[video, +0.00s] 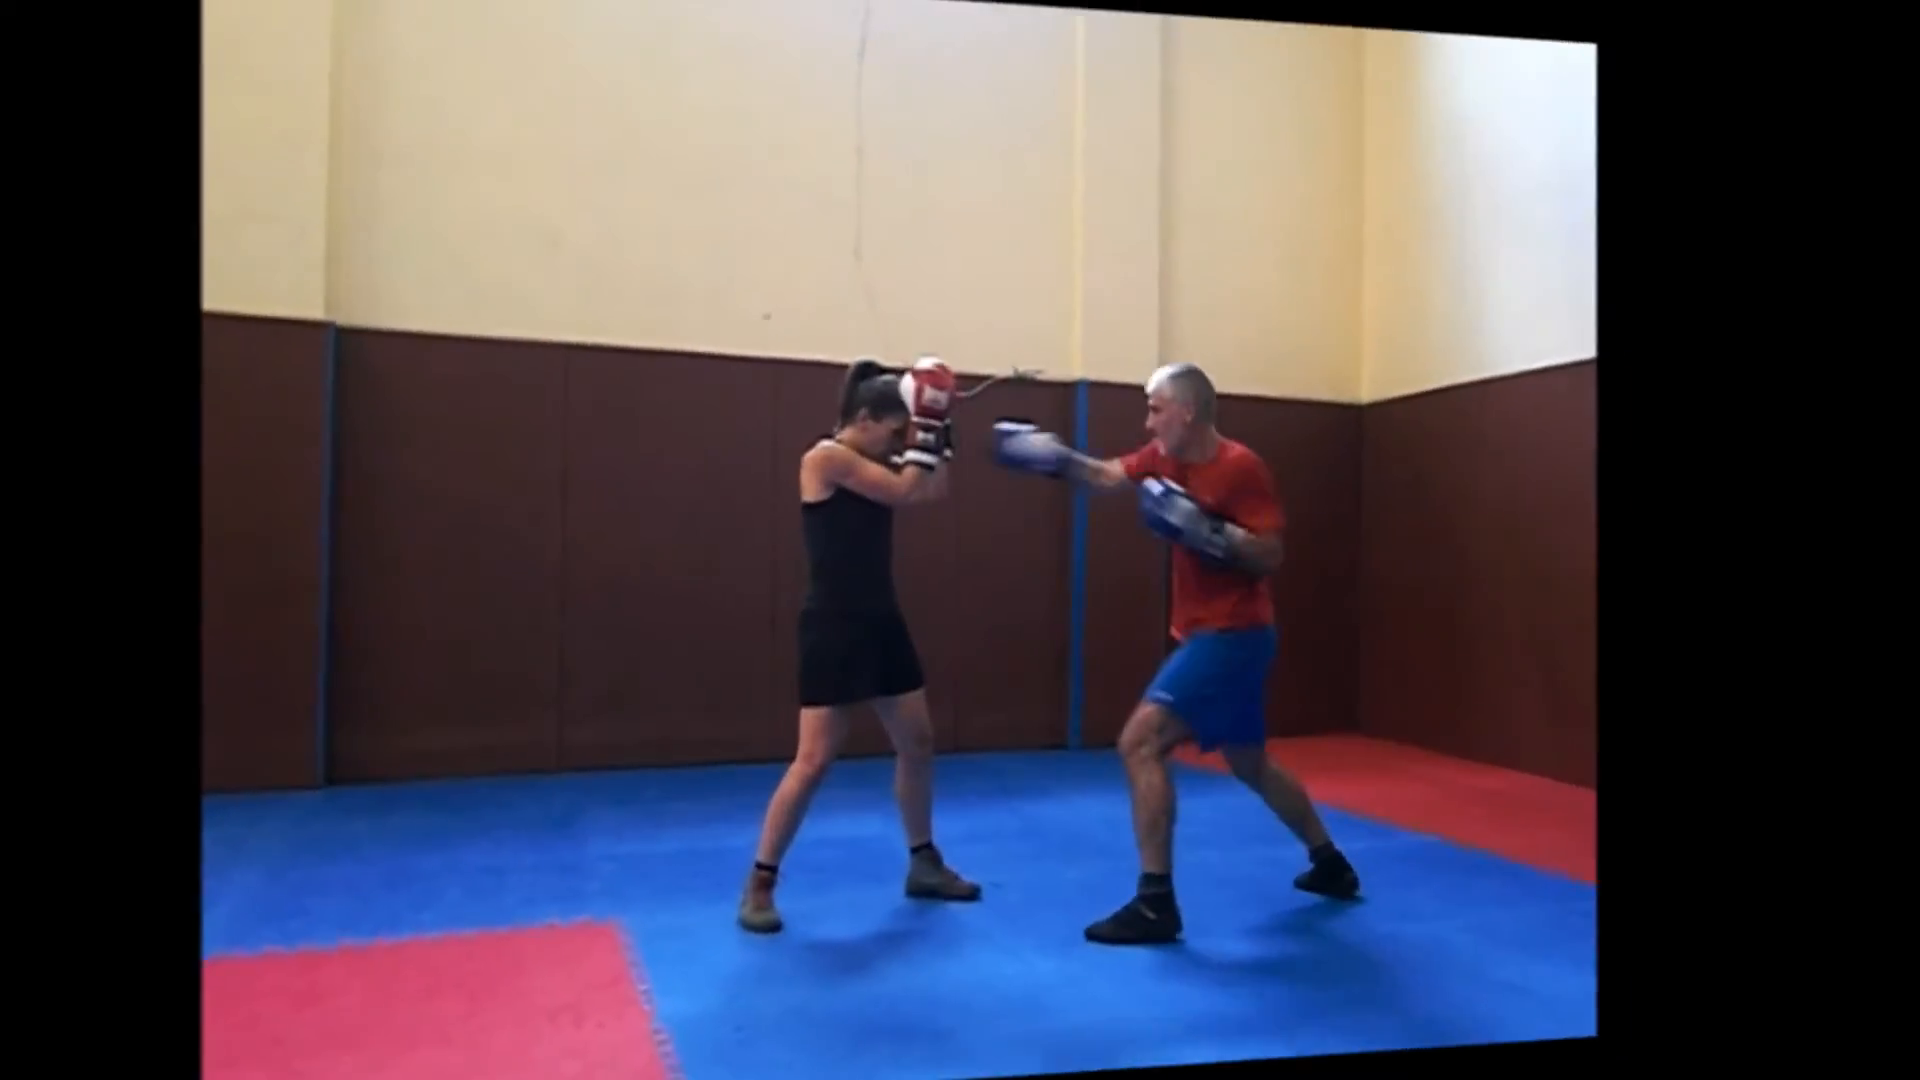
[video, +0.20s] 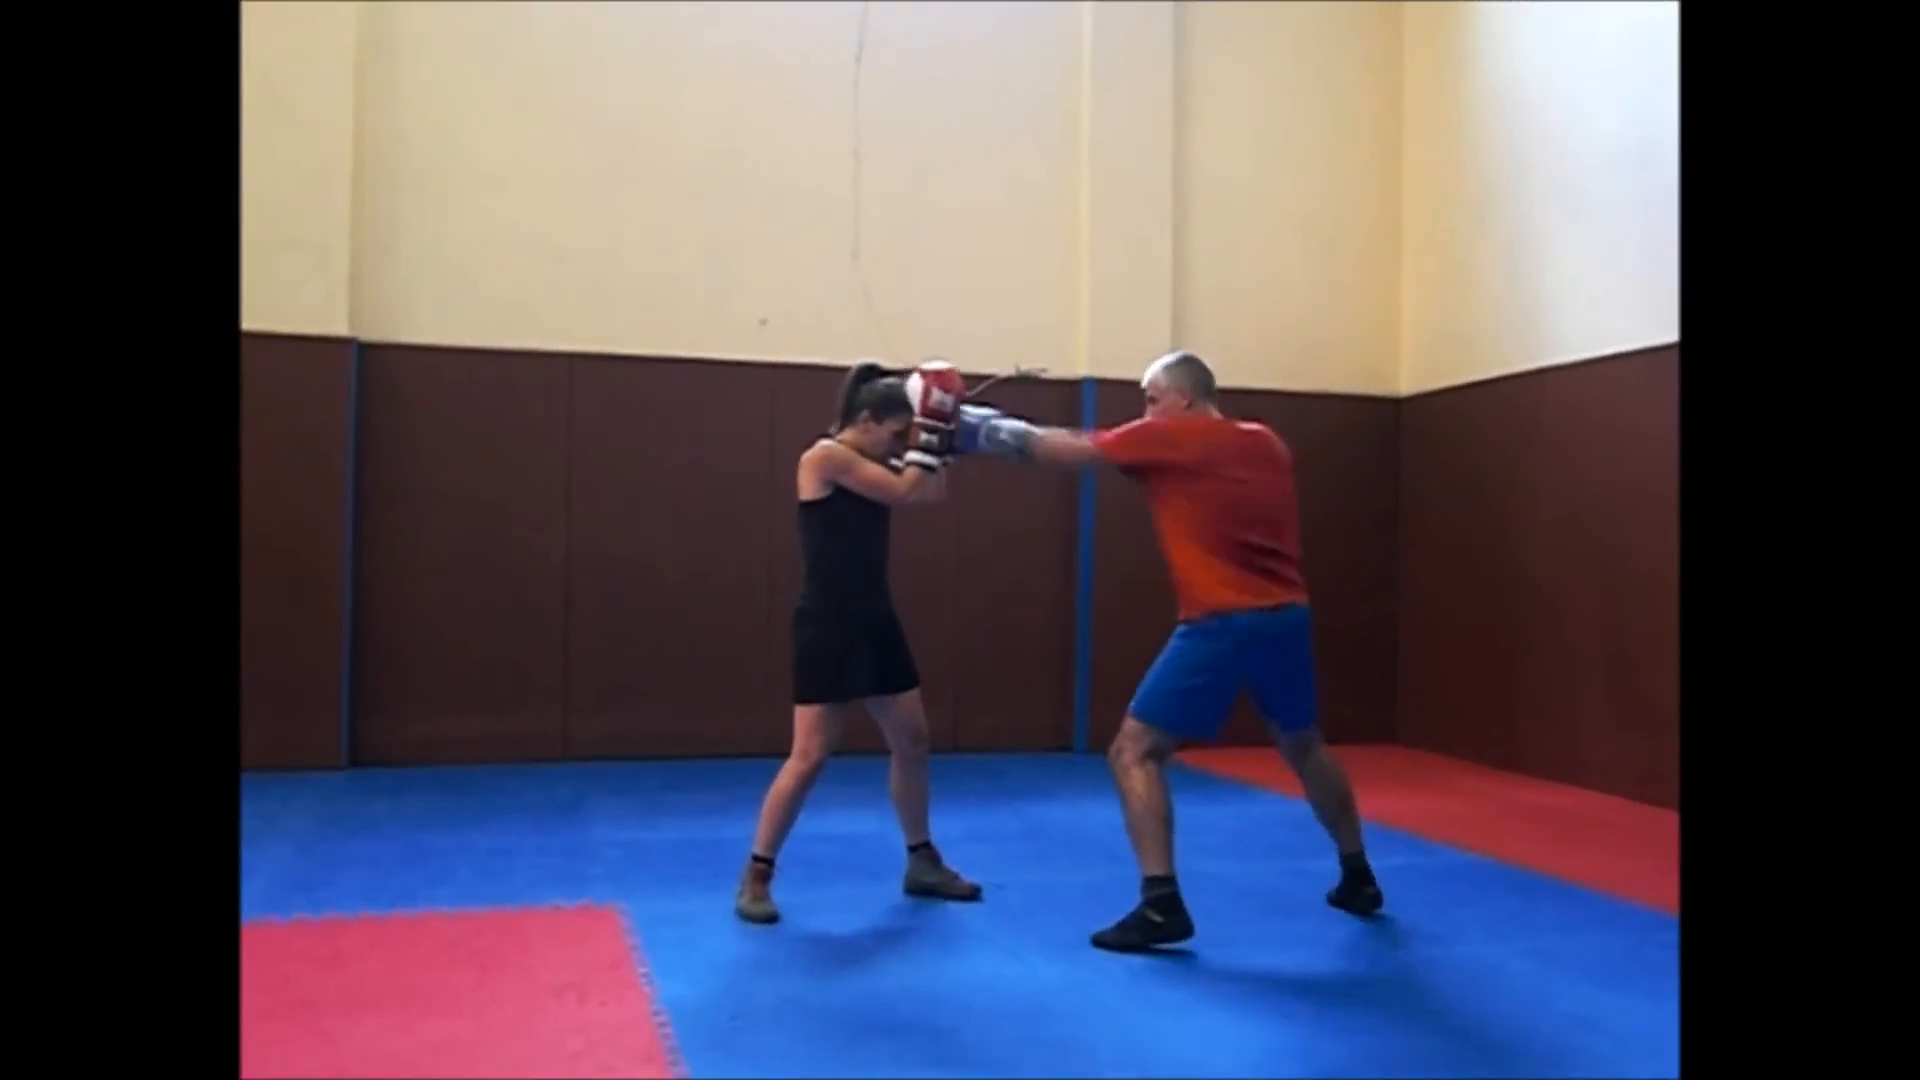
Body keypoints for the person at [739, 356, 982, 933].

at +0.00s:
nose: (898, 439)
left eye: (901, 430)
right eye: (892, 428)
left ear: (885, 424)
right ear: (862, 418)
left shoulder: (868, 463)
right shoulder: (826, 459)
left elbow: (931, 485)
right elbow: (904, 489)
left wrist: (937, 431)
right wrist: (927, 432)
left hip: (879, 623)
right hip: (833, 626)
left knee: (917, 740)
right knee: (812, 761)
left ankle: (924, 865)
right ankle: (760, 884)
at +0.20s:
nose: (898, 444)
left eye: (902, 434)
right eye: (894, 433)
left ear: (885, 425)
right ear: (865, 420)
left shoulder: (867, 462)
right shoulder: (824, 458)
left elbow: (926, 485)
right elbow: (906, 488)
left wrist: (939, 439)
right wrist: (928, 439)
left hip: (873, 623)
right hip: (826, 625)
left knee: (912, 739)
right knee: (808, 755)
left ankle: (923, 862)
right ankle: (757, 876)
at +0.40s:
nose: (897, 437)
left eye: (900, 427)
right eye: (891, 426)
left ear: (871, 421)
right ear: (858, 417)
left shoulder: (866, 463)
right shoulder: (821, 458)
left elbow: (935, 487)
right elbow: (900, 488)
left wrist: (936, 436)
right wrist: (925, 439)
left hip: (878, 622)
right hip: (830, 625)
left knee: (914, 739)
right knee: (808, 755)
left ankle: (922, 862)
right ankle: (757, 876)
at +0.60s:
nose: (915, 429)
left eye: (916, 418)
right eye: (908, 418)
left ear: (885, 421)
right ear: (872, 420)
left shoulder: (889, 474)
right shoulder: (838, 472)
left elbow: (914, 545)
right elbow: (881, 546)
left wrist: (938, 498)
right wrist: (923, 498)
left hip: (891, 629)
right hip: (843, 633)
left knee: (941, 739)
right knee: (820, 757)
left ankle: (927, 863)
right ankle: (758, 877)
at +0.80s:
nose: (924, 414)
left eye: (925, 404)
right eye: (917, 404)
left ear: (891, 408)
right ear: (883, 404)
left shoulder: (895, 457)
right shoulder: (850, 453)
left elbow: (947, 509)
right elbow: (911, 508)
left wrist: (960, 457)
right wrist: (945, 463)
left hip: (894, 615)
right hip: (848, 616)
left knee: (915, 739)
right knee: (845, 744)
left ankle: (923, 861)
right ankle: (796, 864)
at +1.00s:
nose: (928, 428)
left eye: (931, 418)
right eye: (922, 417)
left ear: (902, 419)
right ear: (889, 415)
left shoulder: (904, 466)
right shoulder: (851, 464)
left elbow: (946, 530)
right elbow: (889, 534)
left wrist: (969, 484)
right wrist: (928, 487)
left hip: (909, 620)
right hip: (859, 627)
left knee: (984, 712)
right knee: (844, 750)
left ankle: (979, 829)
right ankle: (799, 867)